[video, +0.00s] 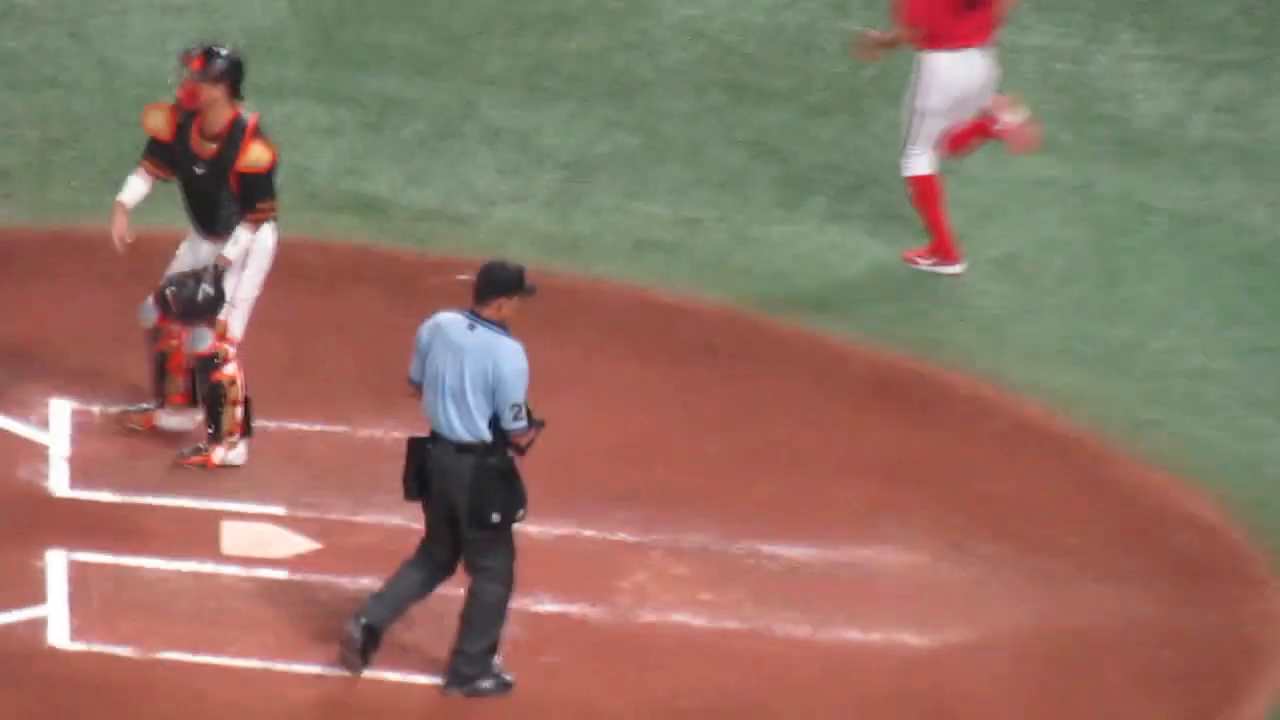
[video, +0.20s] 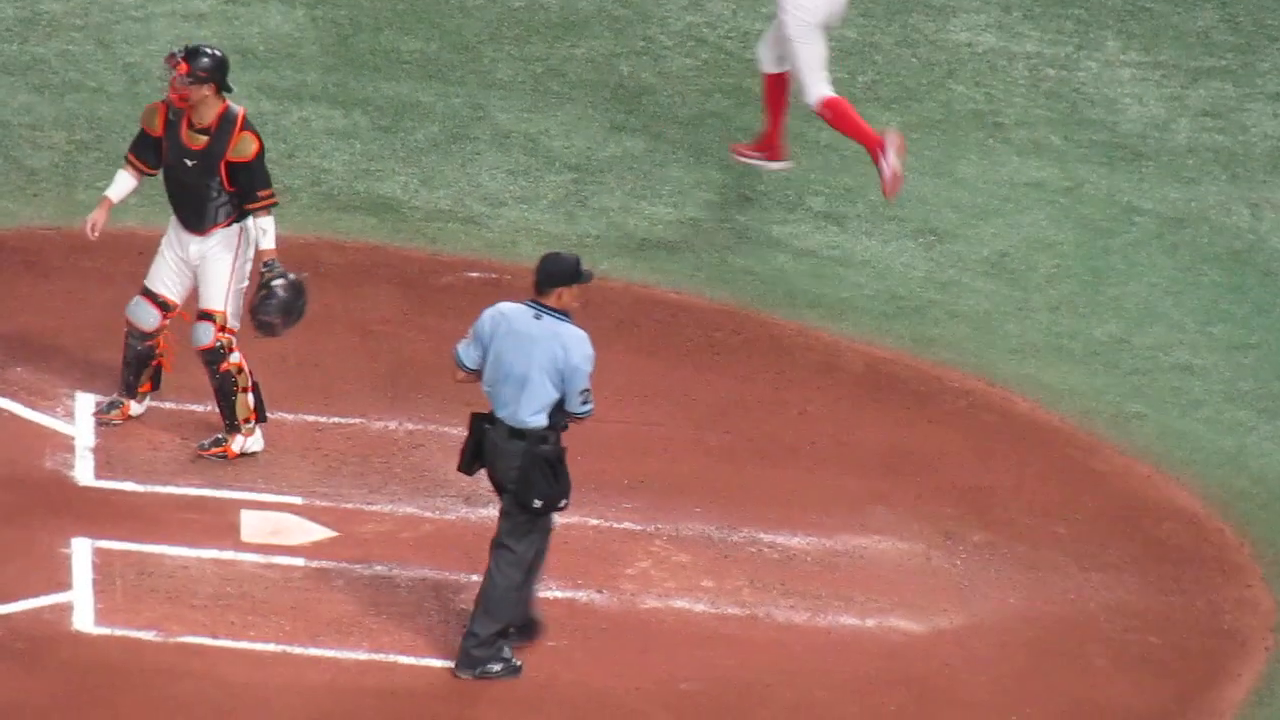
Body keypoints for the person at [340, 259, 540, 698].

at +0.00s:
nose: (519, 308)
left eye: (519, 300)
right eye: (517, 301)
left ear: (481, 297)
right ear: (502, 302)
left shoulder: (437, 325)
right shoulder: (507, 352)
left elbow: (417, 383)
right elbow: (515, 428)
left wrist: (459, 393)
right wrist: (530, 429)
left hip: (437, 460)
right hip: (480, 471)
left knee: (436, 555)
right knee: (493, 571)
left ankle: (370, 621)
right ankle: (471, 669)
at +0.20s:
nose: (581, 294)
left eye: (579, 287)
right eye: (577, 288)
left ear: (540, 286)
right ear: (561, 291)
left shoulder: (498, 315)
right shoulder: (574, 341)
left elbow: (465, 368)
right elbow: (579, 407)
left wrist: (512, 360)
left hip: (493, 443)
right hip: (532, 455)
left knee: (529, 526)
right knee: (514, 548)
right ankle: (479, 652)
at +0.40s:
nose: (620, 302)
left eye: (618, 295)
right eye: (614, 297)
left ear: (582, 301)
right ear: (594, 302)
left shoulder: (541, 329)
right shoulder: (613, 349)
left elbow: (504, 388)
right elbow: (622, 428)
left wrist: (546, 392)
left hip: (540, 456)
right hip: (580, 467)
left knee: (588, 543)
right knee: (551, 566)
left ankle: (594, 633)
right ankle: (485, 656)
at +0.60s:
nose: (669, 287)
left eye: (668, 280)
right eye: (662, 281)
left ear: (631, 286)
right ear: (640, 285)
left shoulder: (595, 316)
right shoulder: (655, 331)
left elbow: (570, 380)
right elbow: (650, 403)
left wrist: (614, 391)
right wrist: (669, 453)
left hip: (591, 444)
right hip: (627, 453)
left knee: (609, 543)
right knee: (652, 560)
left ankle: (602, 629)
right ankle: (575, 628)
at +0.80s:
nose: (732, 286)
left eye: (732, 278)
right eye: (726, 279)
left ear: (695, 281)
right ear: (704, 281)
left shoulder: (662, 308)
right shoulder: (708, 317)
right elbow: (673, 359)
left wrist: (696, 421)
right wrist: (673, 411)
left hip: (646, 437)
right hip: (683, 444)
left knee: (634, 538)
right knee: (728, 540)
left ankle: (607, 633)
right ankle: (724, 636)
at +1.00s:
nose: (805, 298)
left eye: (805, 290)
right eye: (798, 290)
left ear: (771, 292)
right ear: (775, 291)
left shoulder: (741, 315)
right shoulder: (767, 331)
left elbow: (720, 366)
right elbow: (716, 375)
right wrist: (720, 421)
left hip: (722, 449)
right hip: (754, 454)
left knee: (695, 543)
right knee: (783, 553)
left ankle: (633, 622)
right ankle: (786, 638)